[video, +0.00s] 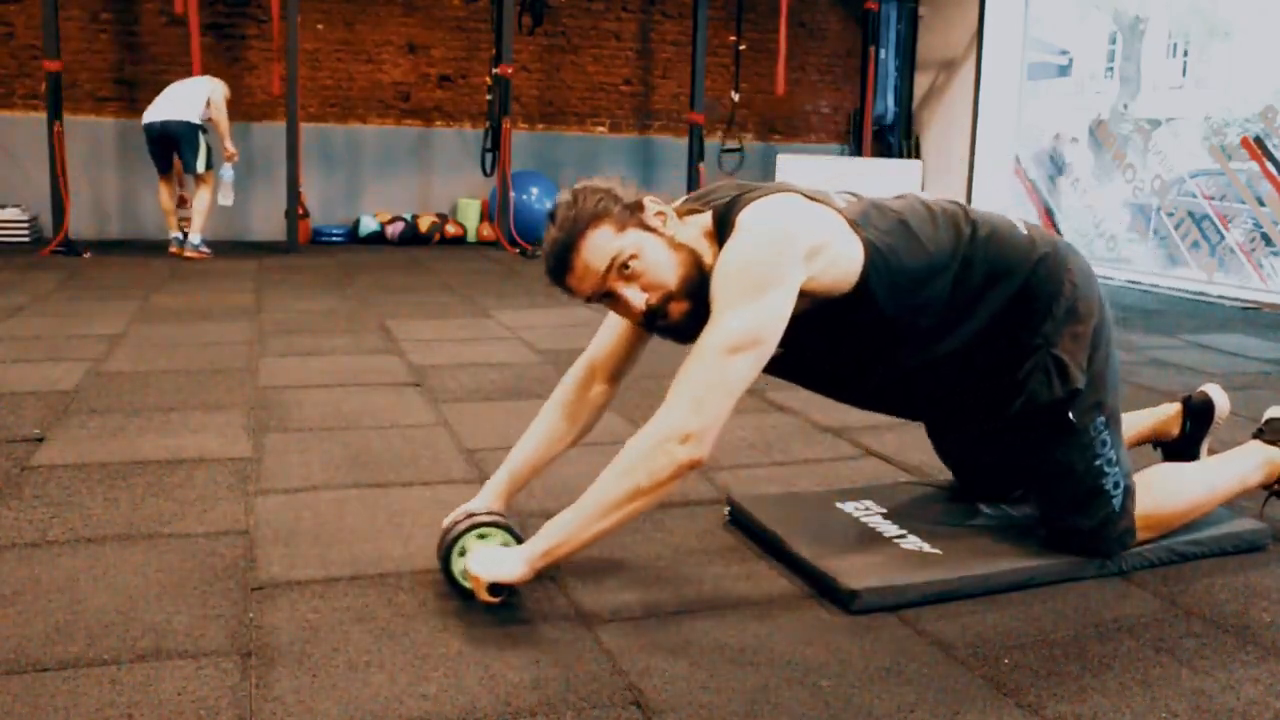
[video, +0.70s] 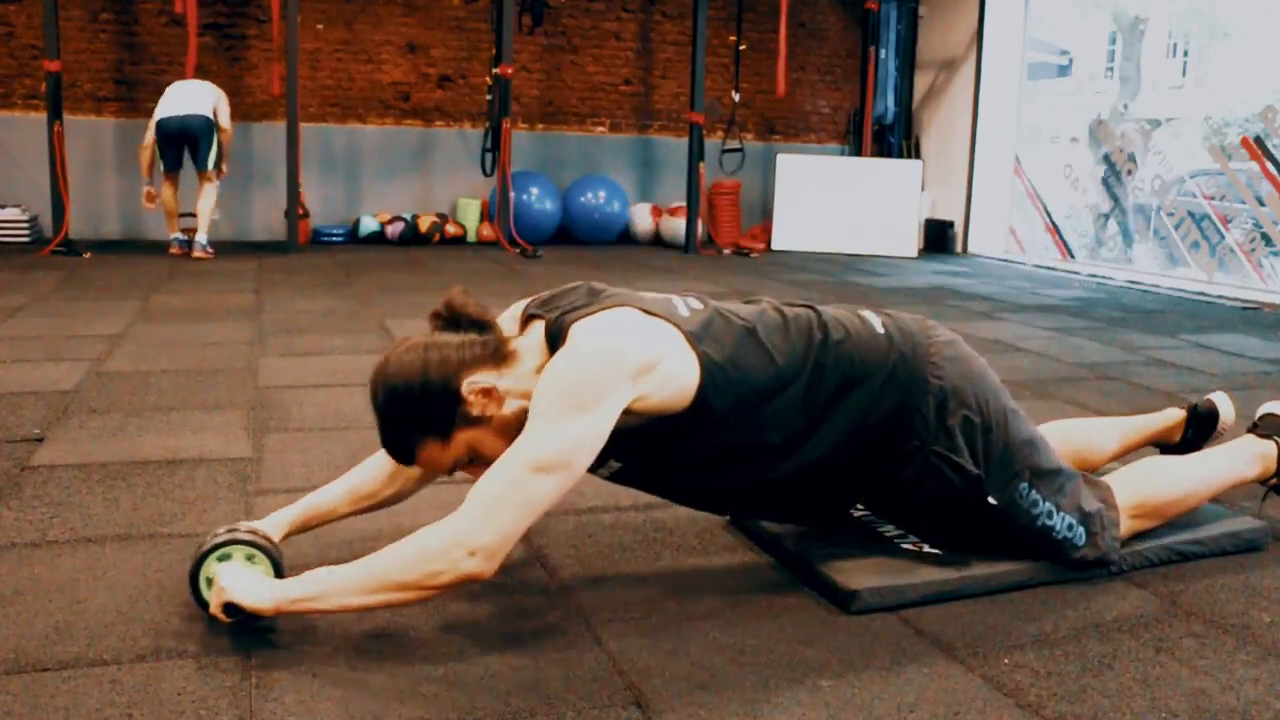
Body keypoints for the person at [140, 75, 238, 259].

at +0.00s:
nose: (224, 100)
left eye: (224, 98)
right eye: (225, 97)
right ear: (221, 87)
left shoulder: (180, 86)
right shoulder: (216, 84)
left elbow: (174, 152)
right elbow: (217, 109)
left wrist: (181, 189)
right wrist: (227, 142)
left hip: (152, 122)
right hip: (184, 121)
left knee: (165, 179)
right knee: (204, 182)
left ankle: (174, 236)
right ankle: (194, 240)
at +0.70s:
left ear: (186, 81)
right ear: (208, 83)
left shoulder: (170, 90)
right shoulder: (216, 91)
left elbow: (148, 141)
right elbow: (225, 127)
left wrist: (147, 182)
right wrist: (222, 161)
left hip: (166, 121)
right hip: (200, 120)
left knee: (169, 180)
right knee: (208, 180)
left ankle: (175, 237)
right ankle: (201, 239)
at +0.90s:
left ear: (169, 95)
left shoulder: (163, 102)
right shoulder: (209, 95)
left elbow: (143, 150)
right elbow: (229, 133)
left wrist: (130, 191)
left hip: (179, 124)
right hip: (214, 123)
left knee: (168, 177)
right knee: (211, 180)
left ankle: (170, 238)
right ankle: (201, 241)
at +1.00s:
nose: (159, 141)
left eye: (158, 138)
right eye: (157, 139)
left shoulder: (157, 112)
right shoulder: (206, 100)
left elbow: (139, 160)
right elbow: (229, 137)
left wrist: (124, 199)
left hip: (185, 125)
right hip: (219, 123)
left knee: (170, 178)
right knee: (211, 181)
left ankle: (180, 237)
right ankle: (202, 242)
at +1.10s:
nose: (159, 147)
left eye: (157, 144)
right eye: (160, 146)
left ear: (153, 131)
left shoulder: (151, 123)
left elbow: (134, 169)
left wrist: (118, 207)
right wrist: (200, 212)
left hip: (189, 129)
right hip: (222, 125)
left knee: (172, 187)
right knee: (212, 183)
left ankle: (196, 236)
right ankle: (203, 239)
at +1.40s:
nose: (142, 173)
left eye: (138, 167)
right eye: (140, 170)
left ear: (132, 154)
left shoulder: (135, 151)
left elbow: (116, 203)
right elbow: (197, 192)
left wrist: (97, 240)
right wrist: (189, 222)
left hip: (185, 155)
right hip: (217, 148)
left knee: (155, 201)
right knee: (204, 191)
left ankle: (194, 239)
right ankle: (201, 241)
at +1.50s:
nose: (130, 172)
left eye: (123, 162)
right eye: (124, 164)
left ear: (124, 153)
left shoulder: (128, 154)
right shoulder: (169, 133)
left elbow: (113, 205)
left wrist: (96, 240)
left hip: (173, 168)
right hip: (208, 160)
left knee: (146, 209)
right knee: (201, 195)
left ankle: (185, 236)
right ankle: (200, 239)